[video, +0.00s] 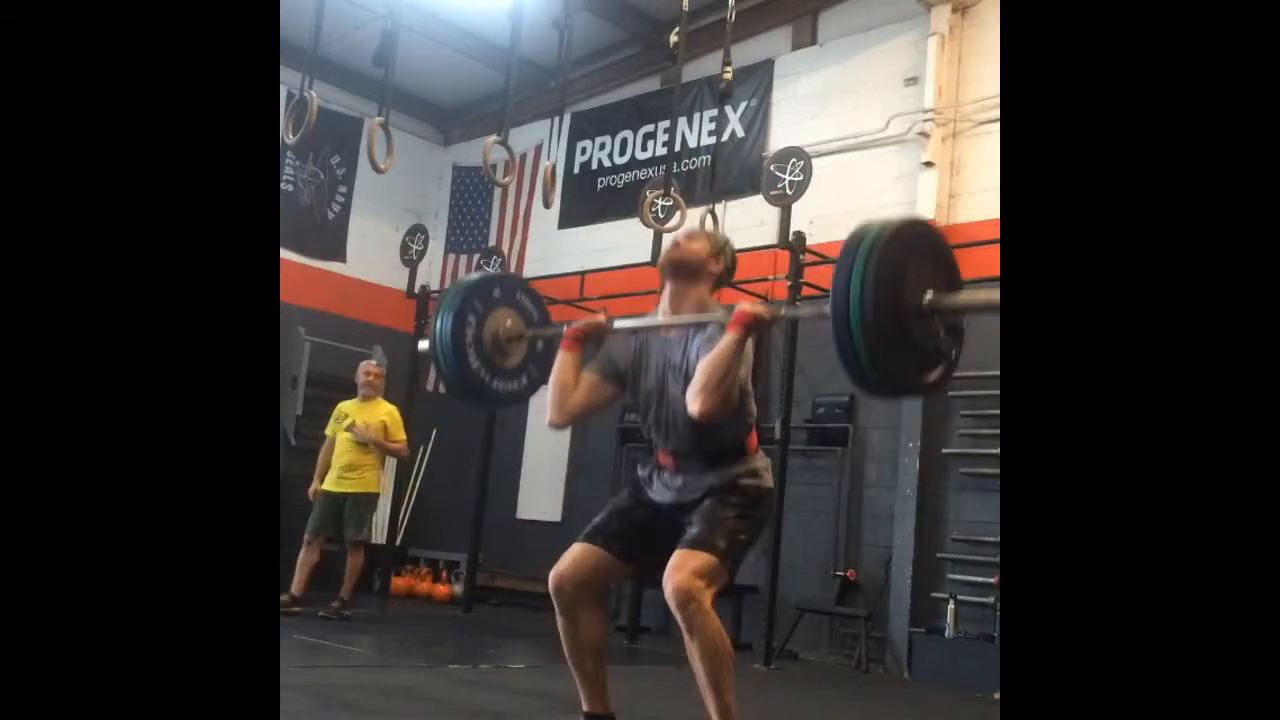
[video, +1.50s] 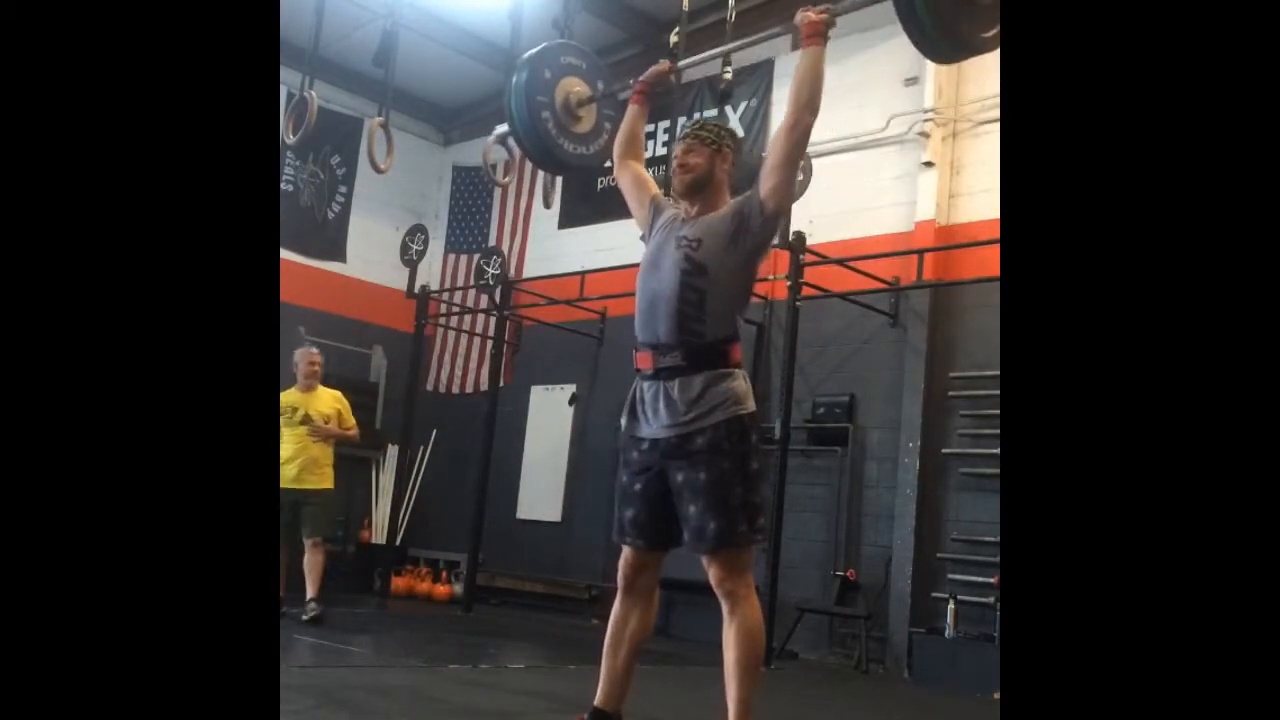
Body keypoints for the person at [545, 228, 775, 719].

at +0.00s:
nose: (678, 236)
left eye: (697, 235)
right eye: (677, 233)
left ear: (718, 266)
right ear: (662, 262)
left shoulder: (725, 330)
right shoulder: (634, 337)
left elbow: (703, 403)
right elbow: (561, 410)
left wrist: (738, 331)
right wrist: (573, 342)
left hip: (732, 484)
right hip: (661, 482)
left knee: (684, 587)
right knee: (570, 581)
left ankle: (724, 715)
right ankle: (596, 711)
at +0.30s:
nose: (715, 165)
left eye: (729, 158)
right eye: (710, 158)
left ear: (753, 177)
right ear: (700, 175)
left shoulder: (754, 228)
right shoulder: (669, 235)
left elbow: (739, 259)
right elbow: (579, 273)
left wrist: (763, 184)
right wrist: (592, 211)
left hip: (707, 402)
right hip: (643, 399)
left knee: (717, 561)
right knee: (614, 550)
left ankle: (736, 710)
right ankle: (592, 698)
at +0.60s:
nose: (695, 165)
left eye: (712, 159)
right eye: (693, 161)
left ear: (742, 179)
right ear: (684, 183)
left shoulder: (749, 235)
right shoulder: (651, 236)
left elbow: (800, 162)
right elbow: (592, 189)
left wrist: (800, 88)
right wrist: (620, 124)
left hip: (694, 416)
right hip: (628, 415)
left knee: (710, 578)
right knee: (617, 570)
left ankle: (734, 715)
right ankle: (602, 709)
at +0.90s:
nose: (696, 157)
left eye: (714, 152)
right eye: (692, 151)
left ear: (737, 175)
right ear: (681, 170)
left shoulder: (752, 227)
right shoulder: (657, 226)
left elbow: (807, 145)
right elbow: (611, 177)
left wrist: (813, 71)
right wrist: (633, 114)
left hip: (705, 412)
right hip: (639, 408)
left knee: (711, 580)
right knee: (623, 571)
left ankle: (734, 715)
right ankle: (603, 710)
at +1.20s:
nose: (690, 158)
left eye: (706, 150)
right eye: (688, 150)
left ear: (735, 166)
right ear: (683, 166)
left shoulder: (758, 222)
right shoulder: (664, 222)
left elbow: (813, 130)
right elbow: (623, 170)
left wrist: (817, 51)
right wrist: (638, 104)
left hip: (717, 407)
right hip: (653, 407)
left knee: (725, 581)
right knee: (631, 570)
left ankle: (738, 716)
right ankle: (605, 710)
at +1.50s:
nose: (687, 151)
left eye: (702, 144)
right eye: (682, 145)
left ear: (729, 162)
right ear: (675, 162)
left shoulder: (748, 217)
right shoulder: (659, 217)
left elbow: (798, 125)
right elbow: (624, 162)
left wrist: (812, 42)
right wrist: (639, 93)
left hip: (712, 405)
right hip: (648, 405)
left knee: (730, 581)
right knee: (633, 572)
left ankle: (738, 716)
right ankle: (604, 710)